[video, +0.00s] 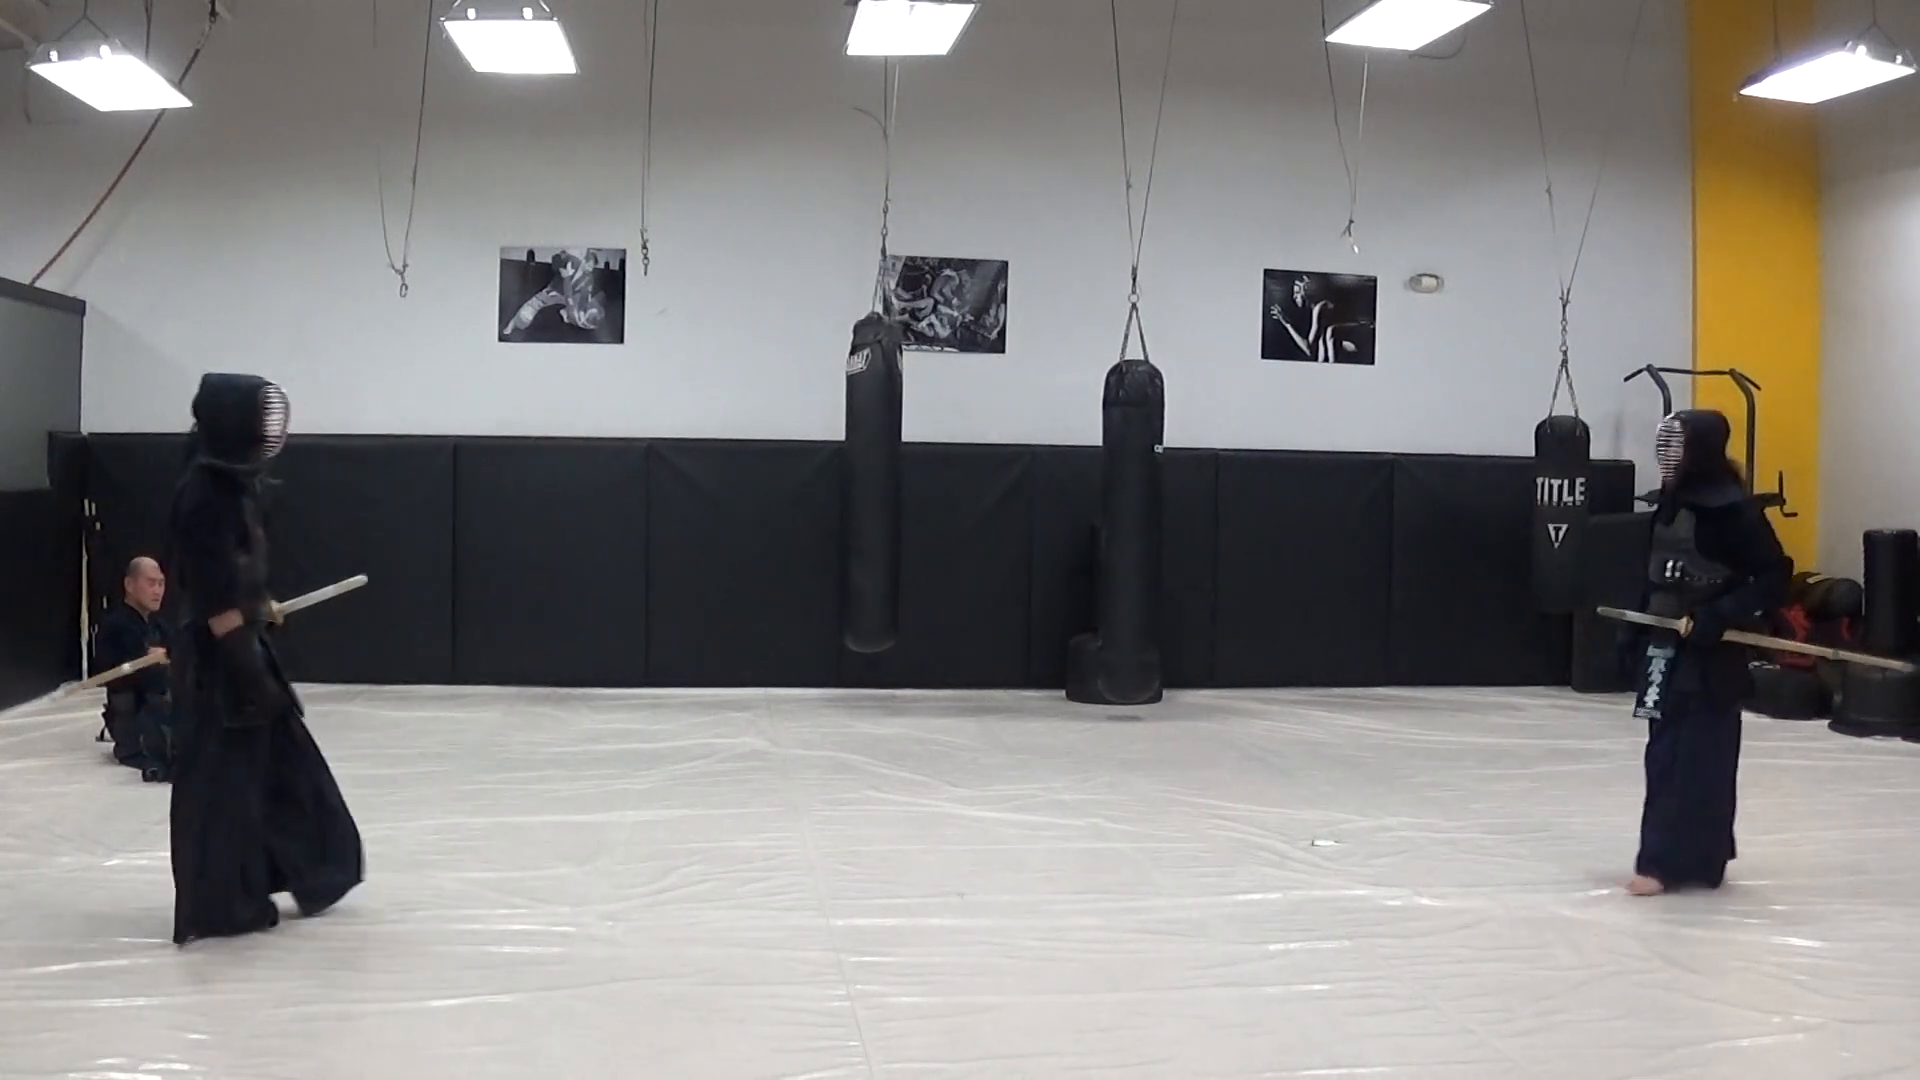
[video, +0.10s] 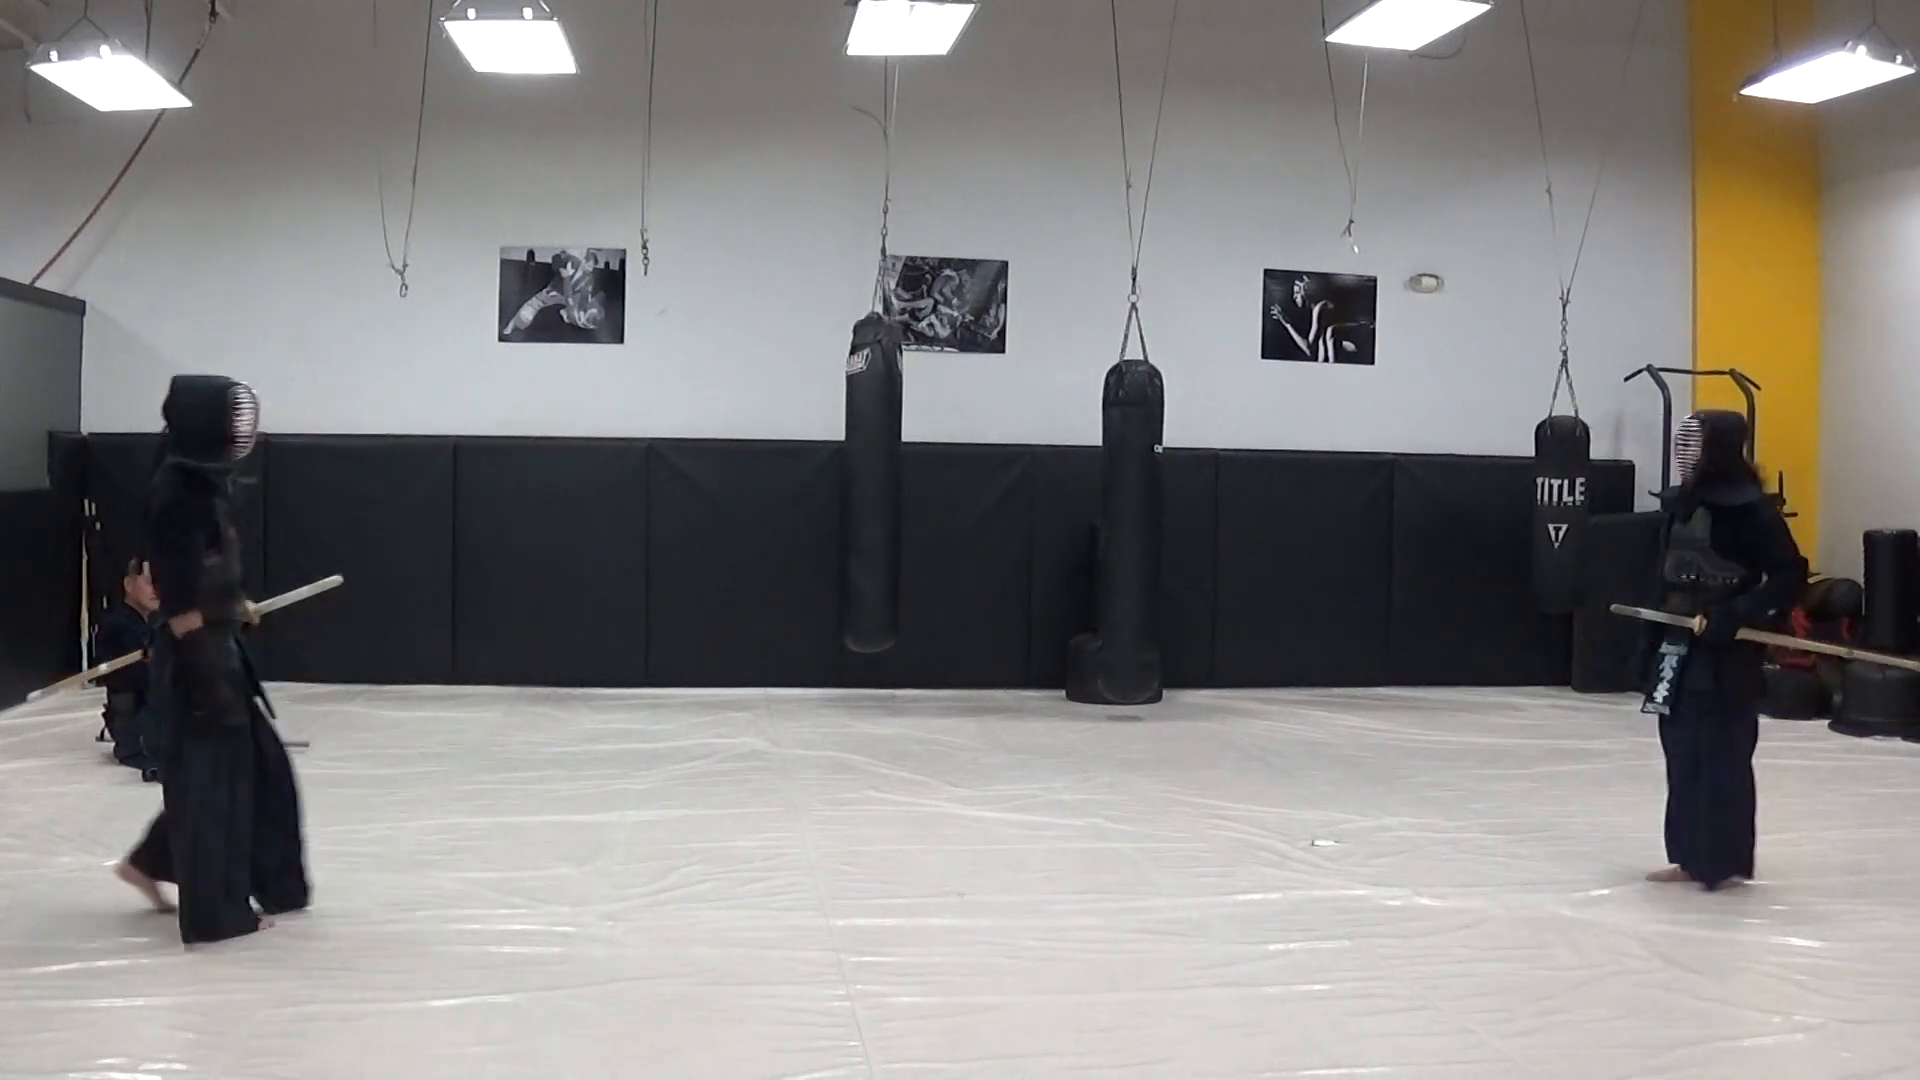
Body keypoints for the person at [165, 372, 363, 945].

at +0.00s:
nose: (271, 434)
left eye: (271, 422)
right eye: (263, 423)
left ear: (223, 424)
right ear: (238, 426)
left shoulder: (231, 485)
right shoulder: (208, 492)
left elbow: (230, 573)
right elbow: (215, 598)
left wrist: (261, 603)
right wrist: (255, 678)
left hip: (233, 649)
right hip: (213, 658)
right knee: (221, 780)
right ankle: (218, 903)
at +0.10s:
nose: (241, 439)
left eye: (241, 428)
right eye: (234, 428)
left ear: (199, 429)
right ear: (210, 429)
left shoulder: (204, 486)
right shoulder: (179, 494)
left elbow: (208, 576)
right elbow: (179, 601)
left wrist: (238, 604)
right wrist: (215, 682)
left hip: (215, 646)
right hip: (194, 652)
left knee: (233, 761)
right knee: (222, 772)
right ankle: (220, 910)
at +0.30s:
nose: (187, 438)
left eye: (187, 426)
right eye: (178, 426)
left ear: (154, 432)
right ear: (150, 430)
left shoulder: (156, 490)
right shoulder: (118, 498)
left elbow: (149, 583)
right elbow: (114, 604)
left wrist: (182, 611)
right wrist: (133, 682)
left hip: (152, 648)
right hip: (129, 654)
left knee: (115, 772)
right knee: (176, 772)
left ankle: (76, 882)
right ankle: (215, 901)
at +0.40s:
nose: (163, 428)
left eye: (163, 417)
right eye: (154, 417)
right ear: (126, 424)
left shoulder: (133, 484)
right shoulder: (91, 491)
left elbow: (129, 572)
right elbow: (88, 594)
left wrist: (157, 605)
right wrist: (130, 656)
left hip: (126, 642)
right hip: (101, 647)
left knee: (98, 765)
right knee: (140, 764)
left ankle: (77, 883)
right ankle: (186, 891)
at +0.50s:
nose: (139, 428)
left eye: (140, 417)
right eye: (129, 417)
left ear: (126, 419)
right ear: (99, 419)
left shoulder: (109, 481)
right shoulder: (67, 486)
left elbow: (111, 571)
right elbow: (60, 586)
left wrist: (132, 622)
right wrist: (89, 662)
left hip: (105, 635)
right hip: (79, 640)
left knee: (95, 756)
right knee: (95, 756)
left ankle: (90, 878)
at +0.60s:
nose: (115, 427)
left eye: (115, 416)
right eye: (104, 417)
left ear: (108, 419)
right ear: (74, 422)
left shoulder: (85, 484)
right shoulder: (42, 491)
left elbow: (81, 582)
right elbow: (43, 592)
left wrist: (118, 605)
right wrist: (79, 663)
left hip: (84, 641)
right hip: (51, 646)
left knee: (88, 759)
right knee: (78, 762)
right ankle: (22, 868)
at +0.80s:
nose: (65, 440)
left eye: (67, 428)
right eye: (56, 429)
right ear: (31, 432)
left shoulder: (35, 487)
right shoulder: (11, 494)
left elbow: (33, 584)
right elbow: (12, 602)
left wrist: (58, 605)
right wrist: (57, 670)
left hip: (34, 646)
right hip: (14, 654)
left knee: (58, 759)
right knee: (51, 761)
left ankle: (78, 872)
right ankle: (72, 875)